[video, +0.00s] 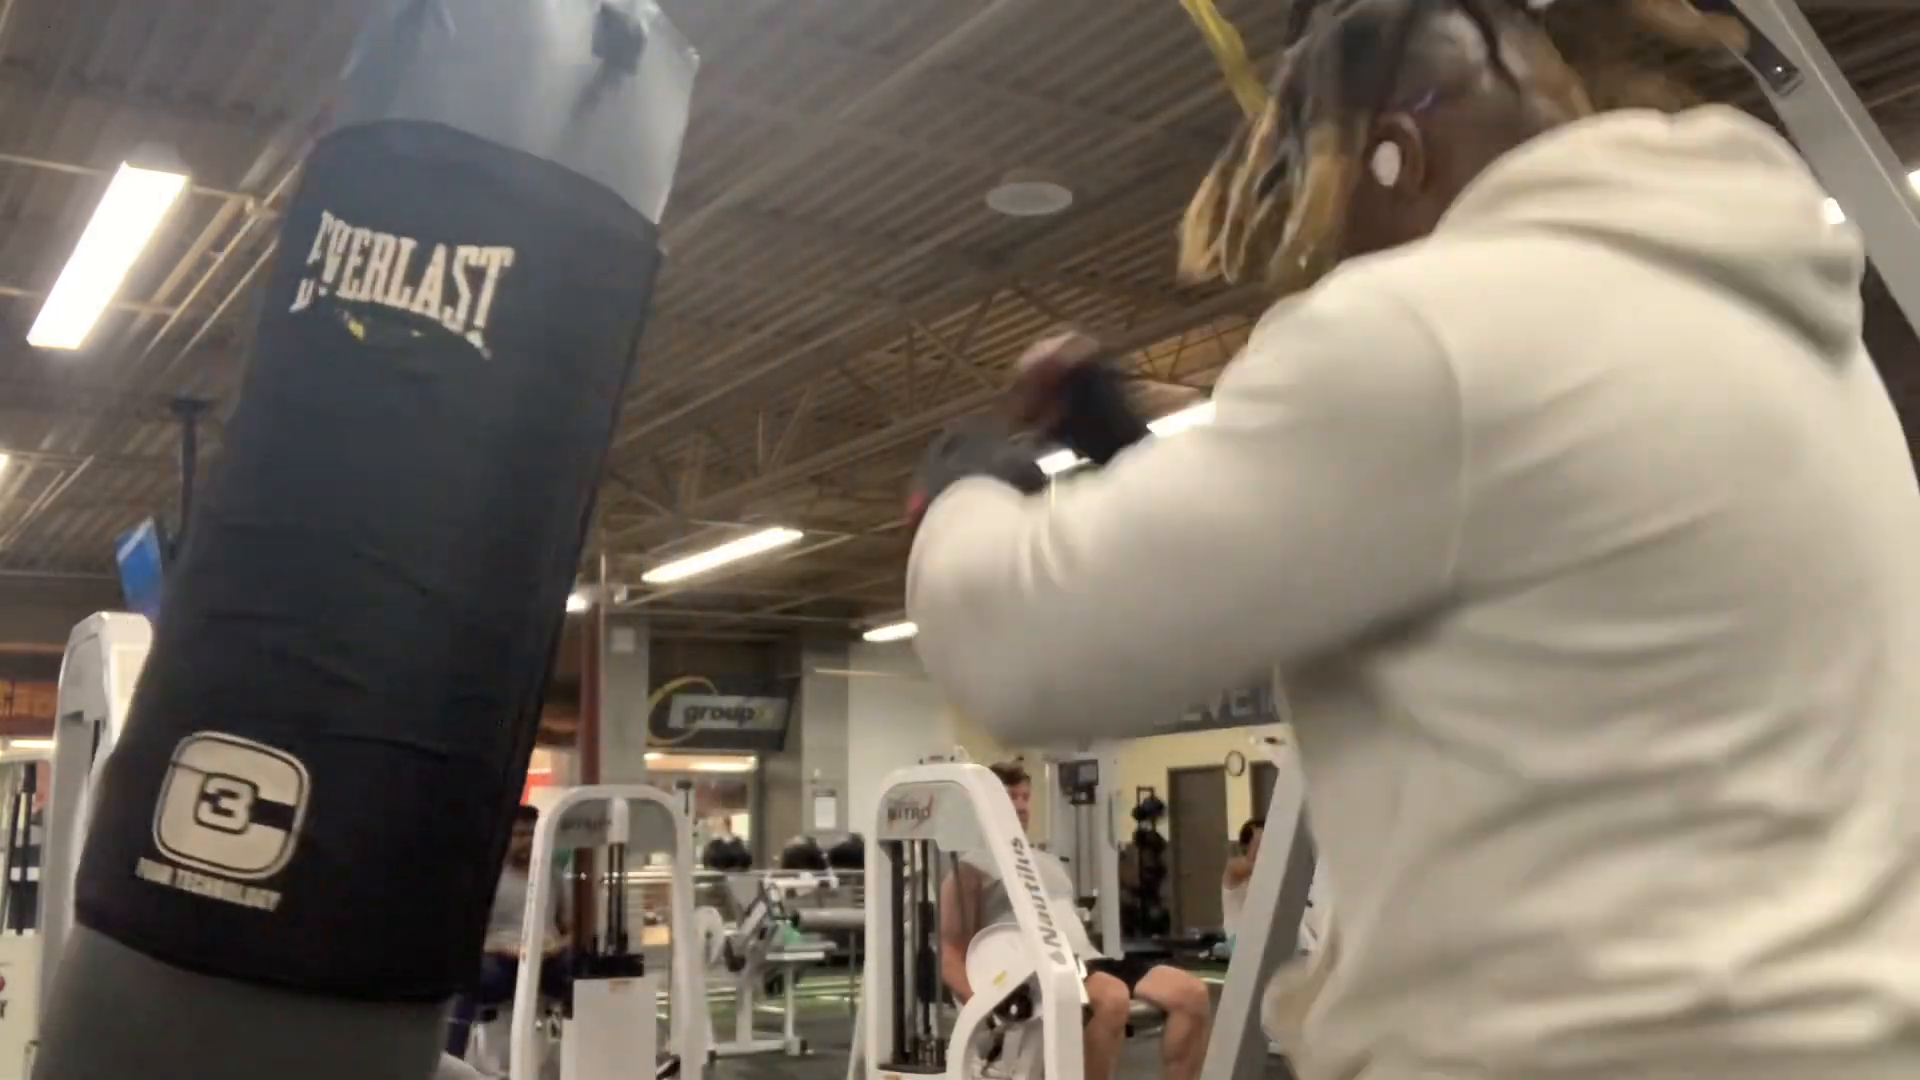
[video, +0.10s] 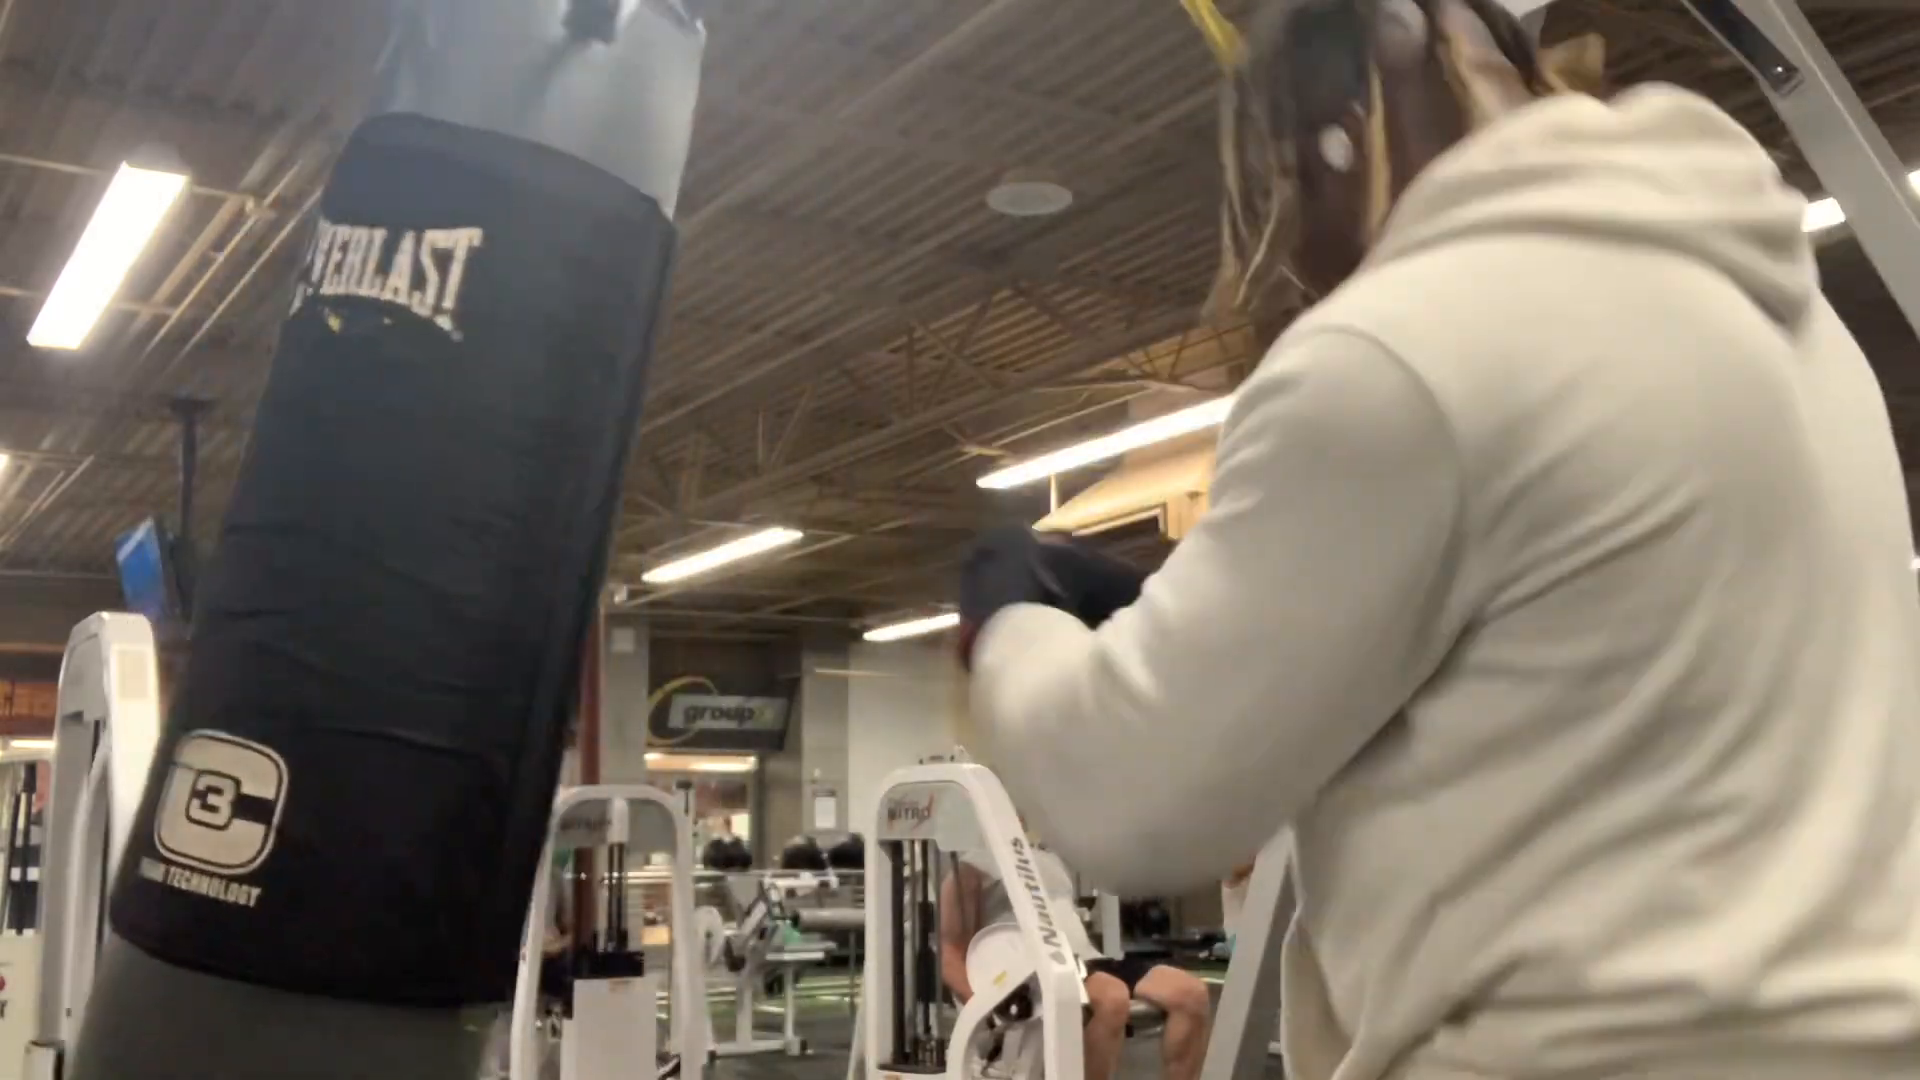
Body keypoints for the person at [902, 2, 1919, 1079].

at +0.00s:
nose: (1328, 255)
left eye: (1324, 198)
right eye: (1311, 207)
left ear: (1397, 148)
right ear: (1566, 104)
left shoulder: (1432, 334)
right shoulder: (1793, 334)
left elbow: (1025, 650)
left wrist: (968, 478)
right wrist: (1141, 438)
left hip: (1530, 1036)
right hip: (1846, 1030)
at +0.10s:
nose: (1270, 237)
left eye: (1275, 178)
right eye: (1263, 185)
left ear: (1337, 146)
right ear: (1512, 92)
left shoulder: (1393, 354)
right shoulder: (1798, 322)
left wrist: (1005, 613)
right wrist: (1165, 600)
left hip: (1551, 1035)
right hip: (1863, 1019)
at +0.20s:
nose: (1229, 207)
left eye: (1225, 140)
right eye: (1210, 147)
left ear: (1314, 85)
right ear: (1471, 31)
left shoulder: (1395, 246)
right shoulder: (1757, 231)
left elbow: (1215, 708)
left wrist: (1037, 566)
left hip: (1618, 1022)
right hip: (1884, 988)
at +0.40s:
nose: (1367, 333)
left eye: (1354, 275)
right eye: (1346, 289)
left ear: (1437, 194)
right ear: (1566, 152)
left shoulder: (1555, 397)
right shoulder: (1805, 319)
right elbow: (1494, 590)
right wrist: (1217, 590)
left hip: (1770, 1039)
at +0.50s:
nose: (1301, 293)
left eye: (1297, 261)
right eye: (1289, 268)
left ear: (1345, 228)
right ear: (1503, 155)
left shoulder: (1374, 366)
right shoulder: (1849, 333)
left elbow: (997, 666)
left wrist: (1004, 532)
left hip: (1644, 1029)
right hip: (1905, 1010)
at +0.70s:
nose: (1288, 283)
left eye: (1285, 227)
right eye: (1274, 240)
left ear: (1373, 178)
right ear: (1494, 152)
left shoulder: (1486, 342)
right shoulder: (1683, 290)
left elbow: (1206, 791)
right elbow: (1321, 532)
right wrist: (986, 534)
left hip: (1658, 1042)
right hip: (1842, 1024)